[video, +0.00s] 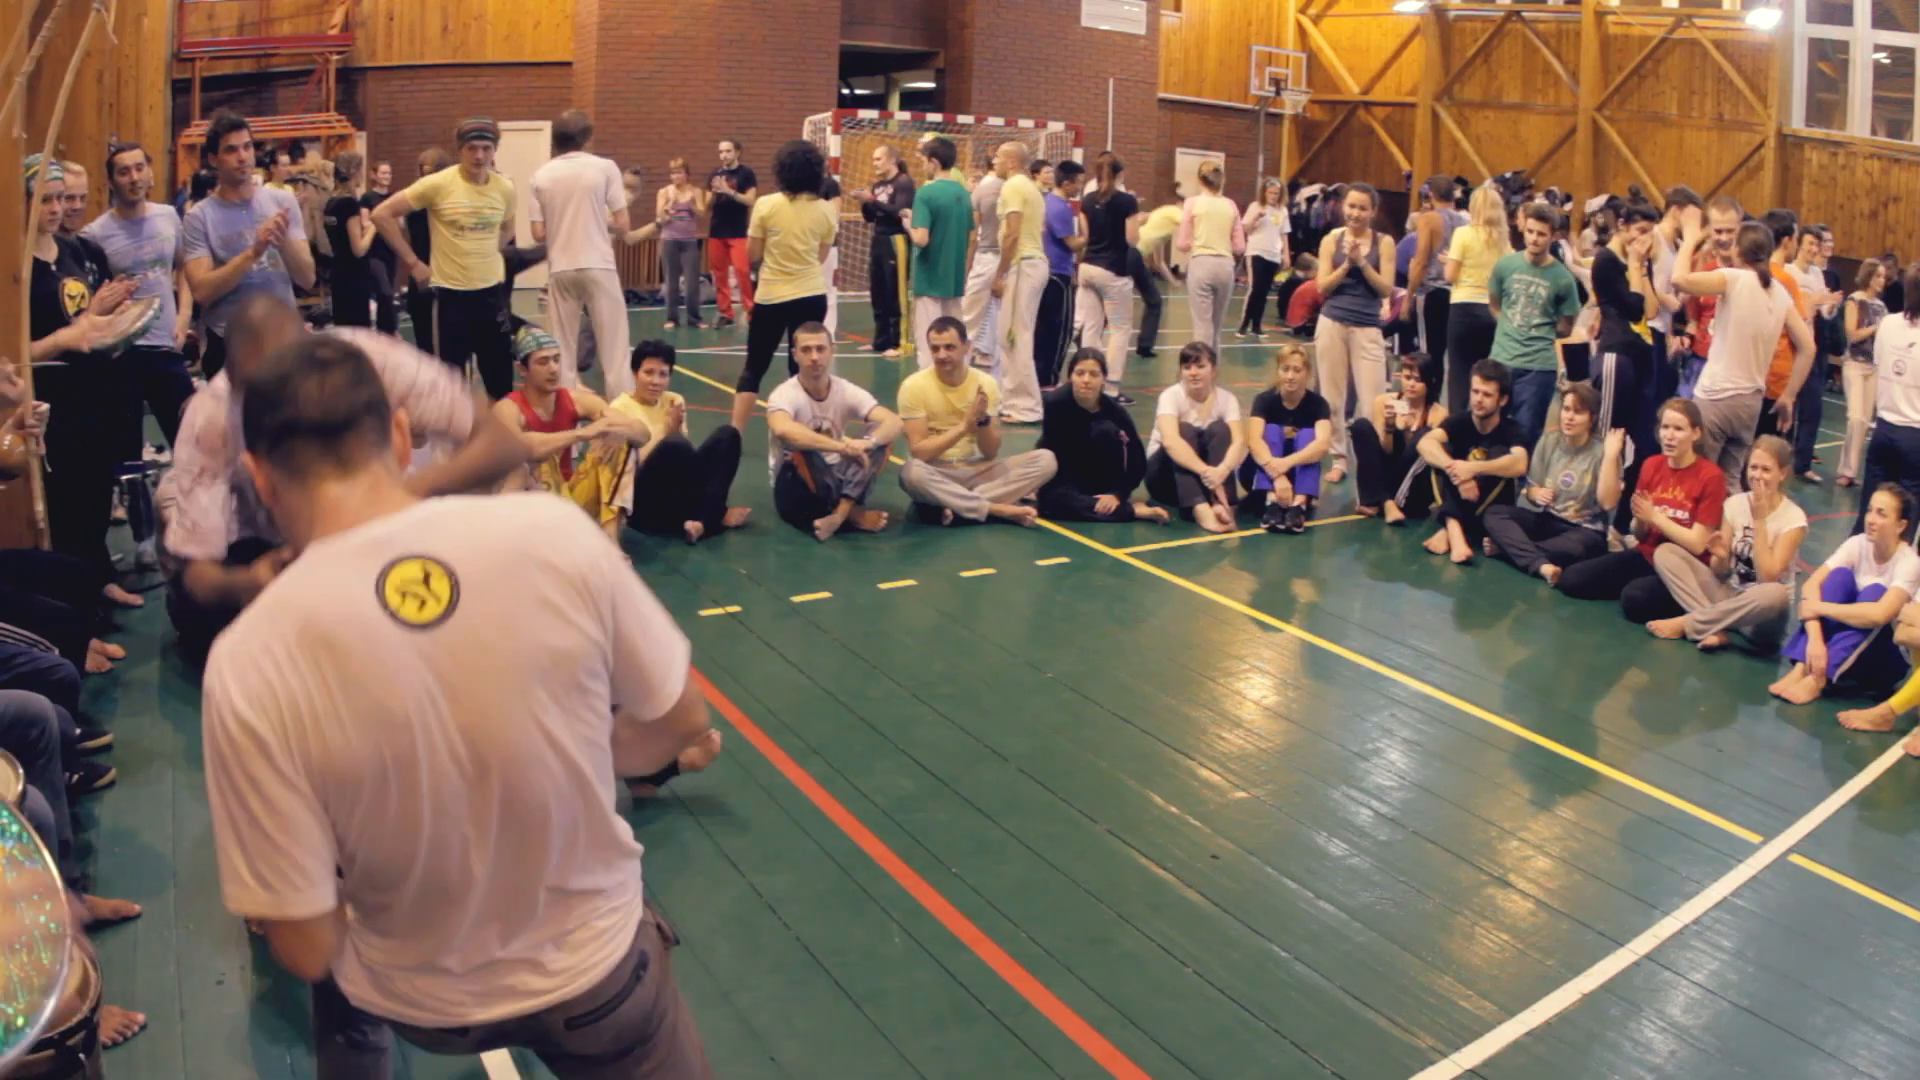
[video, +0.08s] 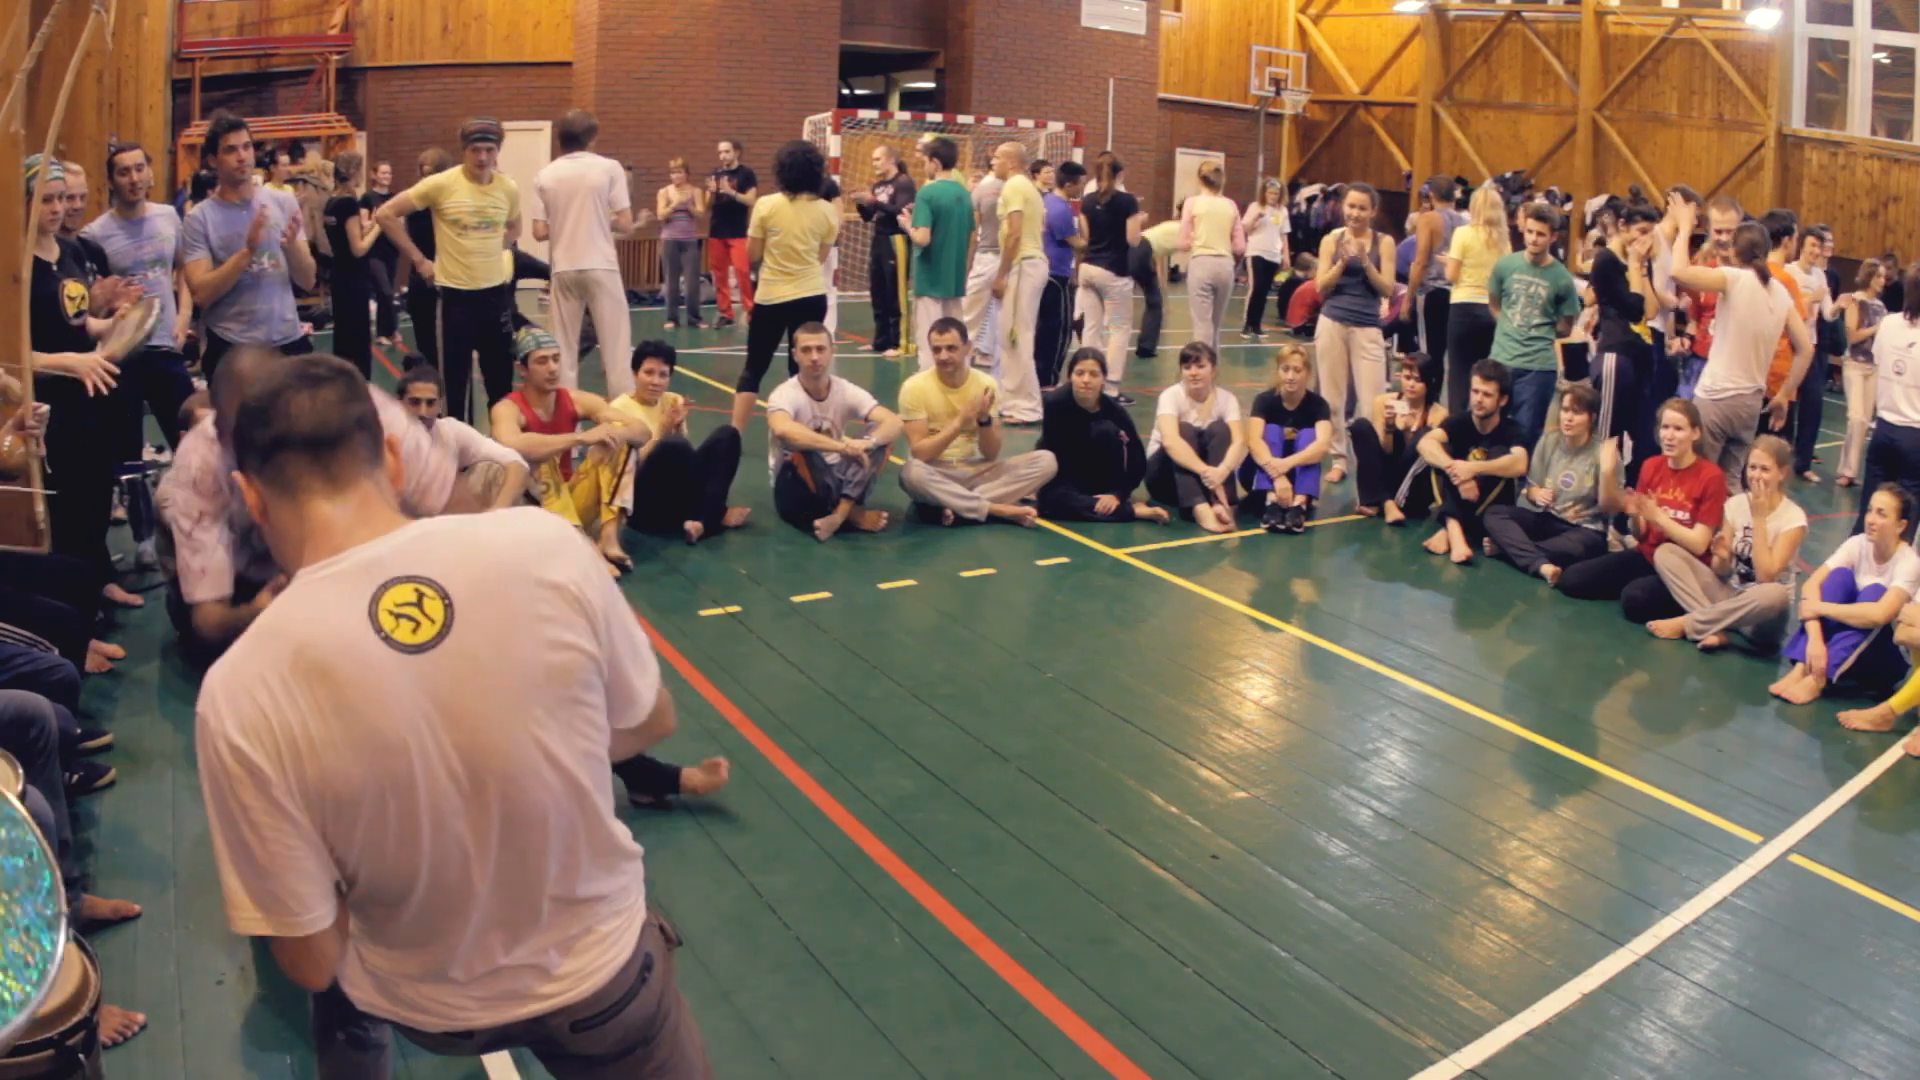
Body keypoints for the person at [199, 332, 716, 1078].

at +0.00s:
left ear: (258, 476)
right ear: (402, 433)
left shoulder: (253, 662)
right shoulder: (554, 533)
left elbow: (306, 953)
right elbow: (674, 720)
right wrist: (552, 755)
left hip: (413, 999)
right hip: (595, 973)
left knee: (337, 975)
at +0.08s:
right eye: (400, 432)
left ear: (251, 496)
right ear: (392, 455)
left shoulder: (244, 693)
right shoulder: (544, 544)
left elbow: (311, 964)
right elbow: (651, 721)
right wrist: (530, 750)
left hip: (420, 1004)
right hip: (600, 980)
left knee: (340, 984)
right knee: (662, 1066)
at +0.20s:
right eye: (394, 427)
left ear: (231, 489)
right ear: (375, 445)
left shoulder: (231, 683)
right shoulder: (529, 529)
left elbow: (274, 929)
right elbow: (606, 699)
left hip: (418, 997)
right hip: (598, 967)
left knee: (332, 969)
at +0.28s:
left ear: (212, 476)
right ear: (349, 417)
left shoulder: (219, 655)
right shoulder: (506, 504)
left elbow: (238, 867)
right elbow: (573, 666)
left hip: (411, 998)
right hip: (592, 961)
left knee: (312, 943)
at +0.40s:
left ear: (145, 443)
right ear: (276, 381)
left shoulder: (165, 615)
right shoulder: (406, 446)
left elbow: (186, 751)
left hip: (393, 973)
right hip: (567, 920)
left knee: (298, 963)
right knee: (652, 1068)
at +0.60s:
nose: (271, 469)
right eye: (243, 464)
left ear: (107, 547)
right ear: (213, 478)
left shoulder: (108, 672)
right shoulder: (315, 511)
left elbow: (187, 766)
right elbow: (391, 631)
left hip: (356, 1002)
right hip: (528, 936)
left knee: (272, 993)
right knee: (644, 1010)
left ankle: (285, 1063)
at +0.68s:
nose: (257, 502)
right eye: (240, 492)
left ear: (120, 579)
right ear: (218, 505)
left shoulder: (119, 694)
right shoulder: (320, 537)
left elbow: (213, 788)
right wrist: (145, 667)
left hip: (366, 1018)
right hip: (535, 949)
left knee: (275, 967)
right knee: (642, 992)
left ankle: (290, 1057)